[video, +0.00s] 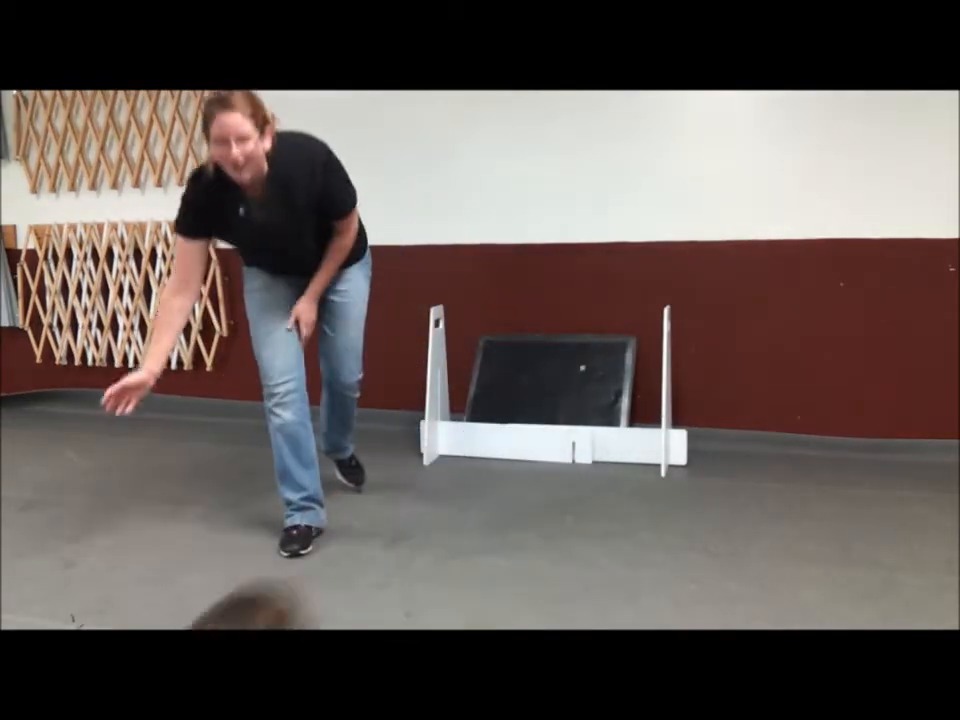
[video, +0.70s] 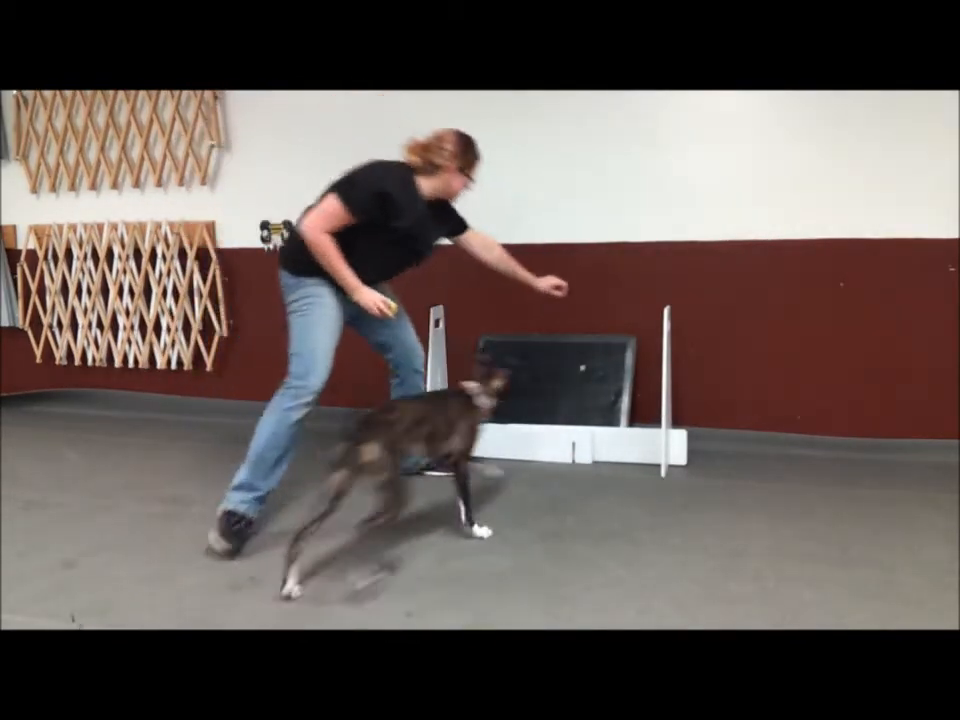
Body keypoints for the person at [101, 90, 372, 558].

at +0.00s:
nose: (234, 153)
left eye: (243, 139)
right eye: (222, 142)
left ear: (265, 134)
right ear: (208, 145)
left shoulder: (310, 159)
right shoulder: (204, 191)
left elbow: (347, 229)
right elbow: (181, 288)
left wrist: (313, 294)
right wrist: (149, 369)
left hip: (339, 264)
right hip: (269, 273)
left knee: (345, 376)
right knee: (282, 390)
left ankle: (339, 446)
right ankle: (302, 511)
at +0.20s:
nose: (240, 92)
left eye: (252, 85)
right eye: (230, 87)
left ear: (274, 92)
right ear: (218, 97)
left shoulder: (311, 131)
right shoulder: (209, 151)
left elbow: (339, 219)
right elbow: (200, 246)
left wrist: (304, 290)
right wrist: (185, 323)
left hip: (333, 265)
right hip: (264, 269)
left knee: (333, 385)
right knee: (280, 389)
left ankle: (315, 474)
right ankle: (301, 512)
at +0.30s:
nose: (329, 114)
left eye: (332, 105)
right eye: (323, 104)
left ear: (298, 100)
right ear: (289, 96)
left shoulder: (318, 139)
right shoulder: (212, 137)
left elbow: (353, 219)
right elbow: (176, 216)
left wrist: (398, 283)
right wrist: (248, 260)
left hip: (292, 270)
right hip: (225, 275)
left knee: (335, 365)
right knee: (230, 396)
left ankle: (339, 478)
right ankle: (214, 521)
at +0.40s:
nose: (352, 126)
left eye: (356, 117)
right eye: (348, 116)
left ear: (328, 107)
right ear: (320, 106)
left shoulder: (338, 156)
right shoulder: (236, 146)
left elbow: (390, 229)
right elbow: (197, 223)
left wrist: (447, 286)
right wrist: (270, 263)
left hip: (307, 275)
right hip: (241, 279)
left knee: (352, 361)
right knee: (247, 393)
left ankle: (384, 461)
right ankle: (214, 495)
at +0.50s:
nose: (386, 142)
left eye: (390, 133)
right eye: (380, 130)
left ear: (372, 129)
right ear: (349, 122)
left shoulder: (369, 177)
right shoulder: (273, 161)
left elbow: (423, 234)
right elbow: (232, 230)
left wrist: (481, 285)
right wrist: (300, 272)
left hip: (322, 282)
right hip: (264, 282)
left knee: (375, 362)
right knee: (261, 398)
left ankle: (406, 451)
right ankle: (213, 518)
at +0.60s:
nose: (432, 162)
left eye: (434, 154)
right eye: (427, 152)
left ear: (408, 151)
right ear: (402, 146)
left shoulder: (404, 196)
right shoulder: (329, 173)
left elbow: (456, 243)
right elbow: (272, 229)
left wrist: (511, 287)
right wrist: (334, 284)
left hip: (346, 286)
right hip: (290, 282)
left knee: (400, 370)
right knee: (279, 394)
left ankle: (404, 455)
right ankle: (220, 518)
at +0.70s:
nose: (467, 185)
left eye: (470, 178)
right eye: (466, 175)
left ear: (449, 172)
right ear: (446, 167)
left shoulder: (439, 214)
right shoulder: (382, 179)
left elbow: (482, 247)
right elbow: (312, 227)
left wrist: (534, 281)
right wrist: (358, 289)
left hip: (363, 287)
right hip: (315, 278)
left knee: (410, 360)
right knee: (307, 382)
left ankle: (411, 456)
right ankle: (242, 506)